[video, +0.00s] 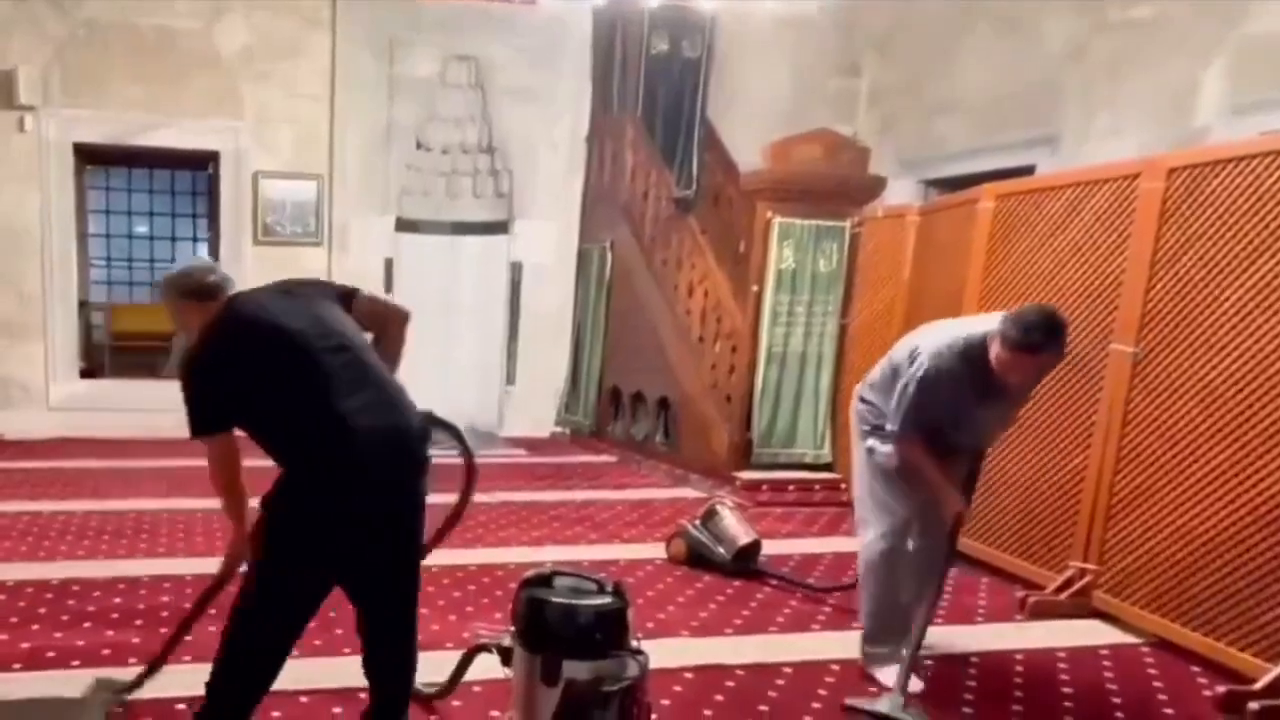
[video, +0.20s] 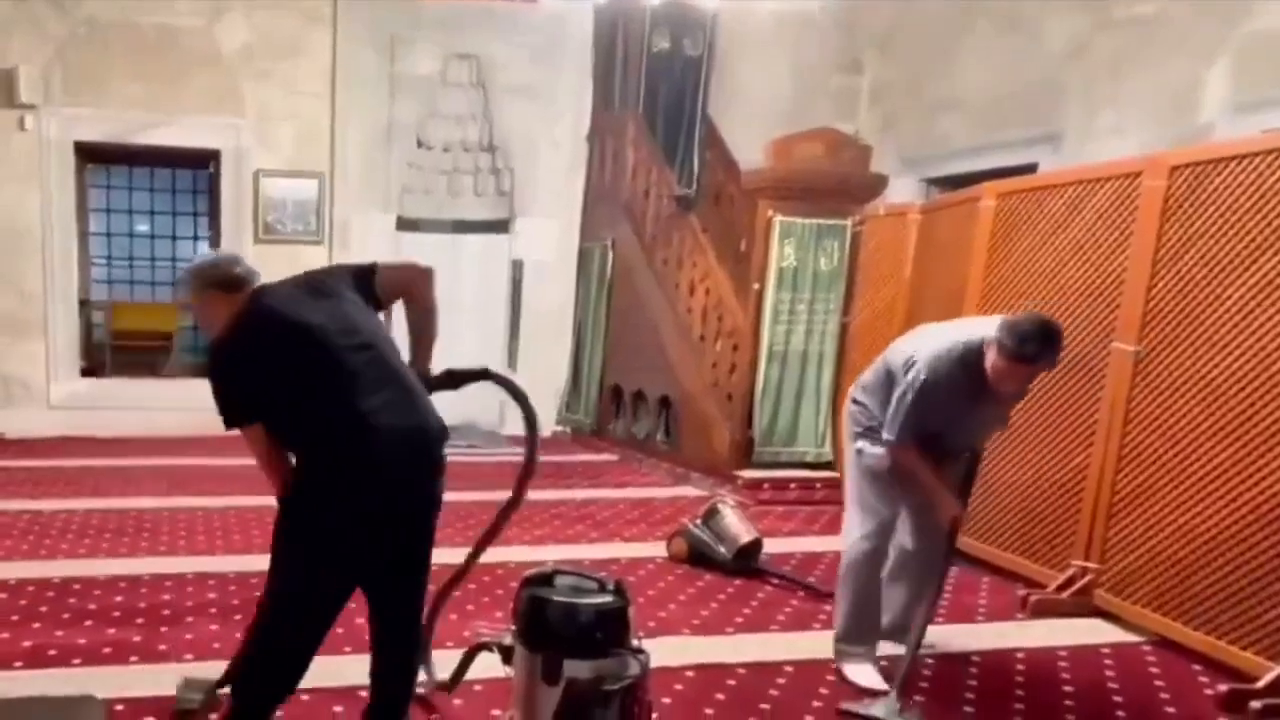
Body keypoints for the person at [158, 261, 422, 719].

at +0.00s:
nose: (181, 332)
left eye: (178, 320)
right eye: (176, 321)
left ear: (189, 310)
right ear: (227, 290)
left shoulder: (205, 358)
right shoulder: (301, 290)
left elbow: (225, 466)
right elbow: (392, 317)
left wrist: (239, 533)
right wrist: (374, 396)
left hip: (325, 469)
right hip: (402, 449)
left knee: (266, 616)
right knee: (391, 614)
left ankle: (221, 711)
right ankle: (388, 711)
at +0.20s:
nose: (201, 325)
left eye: (200, 311)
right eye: (197, 313)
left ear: (218, 299)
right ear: (252, 283)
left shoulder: (232, 351)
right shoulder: (326, 282)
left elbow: (273, 461)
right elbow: (417, 278)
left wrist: (302, 518)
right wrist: (420, 369)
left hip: (341, 467)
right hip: (419, 448)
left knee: (290, 617)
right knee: (399, 616)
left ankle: (245, 709)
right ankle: (388, 713)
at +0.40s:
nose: (204, 320)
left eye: (203, 306)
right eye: (199, 308)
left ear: (221, 291)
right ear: (254, 278)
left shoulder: (235, 345)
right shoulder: (325, 281)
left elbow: (278, 456)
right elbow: (419, 262)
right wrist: (447, 349)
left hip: (336, 477)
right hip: (415, 458)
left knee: (288, 635)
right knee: (396, 630)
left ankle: (259, 710)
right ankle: (385, 714)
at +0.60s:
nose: (177, 322)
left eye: (175, 309)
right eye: (172, 311)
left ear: (191, 296)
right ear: (225, 281)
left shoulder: (204, 348)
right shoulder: (302, 292)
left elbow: (230, 462)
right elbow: (394, 316)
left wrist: (246, 517)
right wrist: (386, 402)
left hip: (317, 478)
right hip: (394, 464)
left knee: (264, 641)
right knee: (382, 630)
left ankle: (242, 716)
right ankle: (384, 712)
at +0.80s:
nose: (113, 333)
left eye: (111, 320)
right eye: (108, 322)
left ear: (128, 310)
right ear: (166, 293)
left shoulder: (146, 359)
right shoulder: (234, 312)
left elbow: (147, 475)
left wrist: (132, 545)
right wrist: (244, 476)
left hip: (279, 486)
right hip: (356, 465)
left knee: (233, 650)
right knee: (362, 633)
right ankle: (381, 710)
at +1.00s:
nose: (63, 361)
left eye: (60, 347)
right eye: (57, 349)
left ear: (79, 333)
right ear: (115, 316)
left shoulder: (99, 385)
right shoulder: (188, 336)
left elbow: (76, 495)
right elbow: (202, 465)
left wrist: (27, 575)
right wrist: (150, 536)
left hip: (247, 493)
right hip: (331, 465)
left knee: (215, 657)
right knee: (356, 634)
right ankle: (379, 709)